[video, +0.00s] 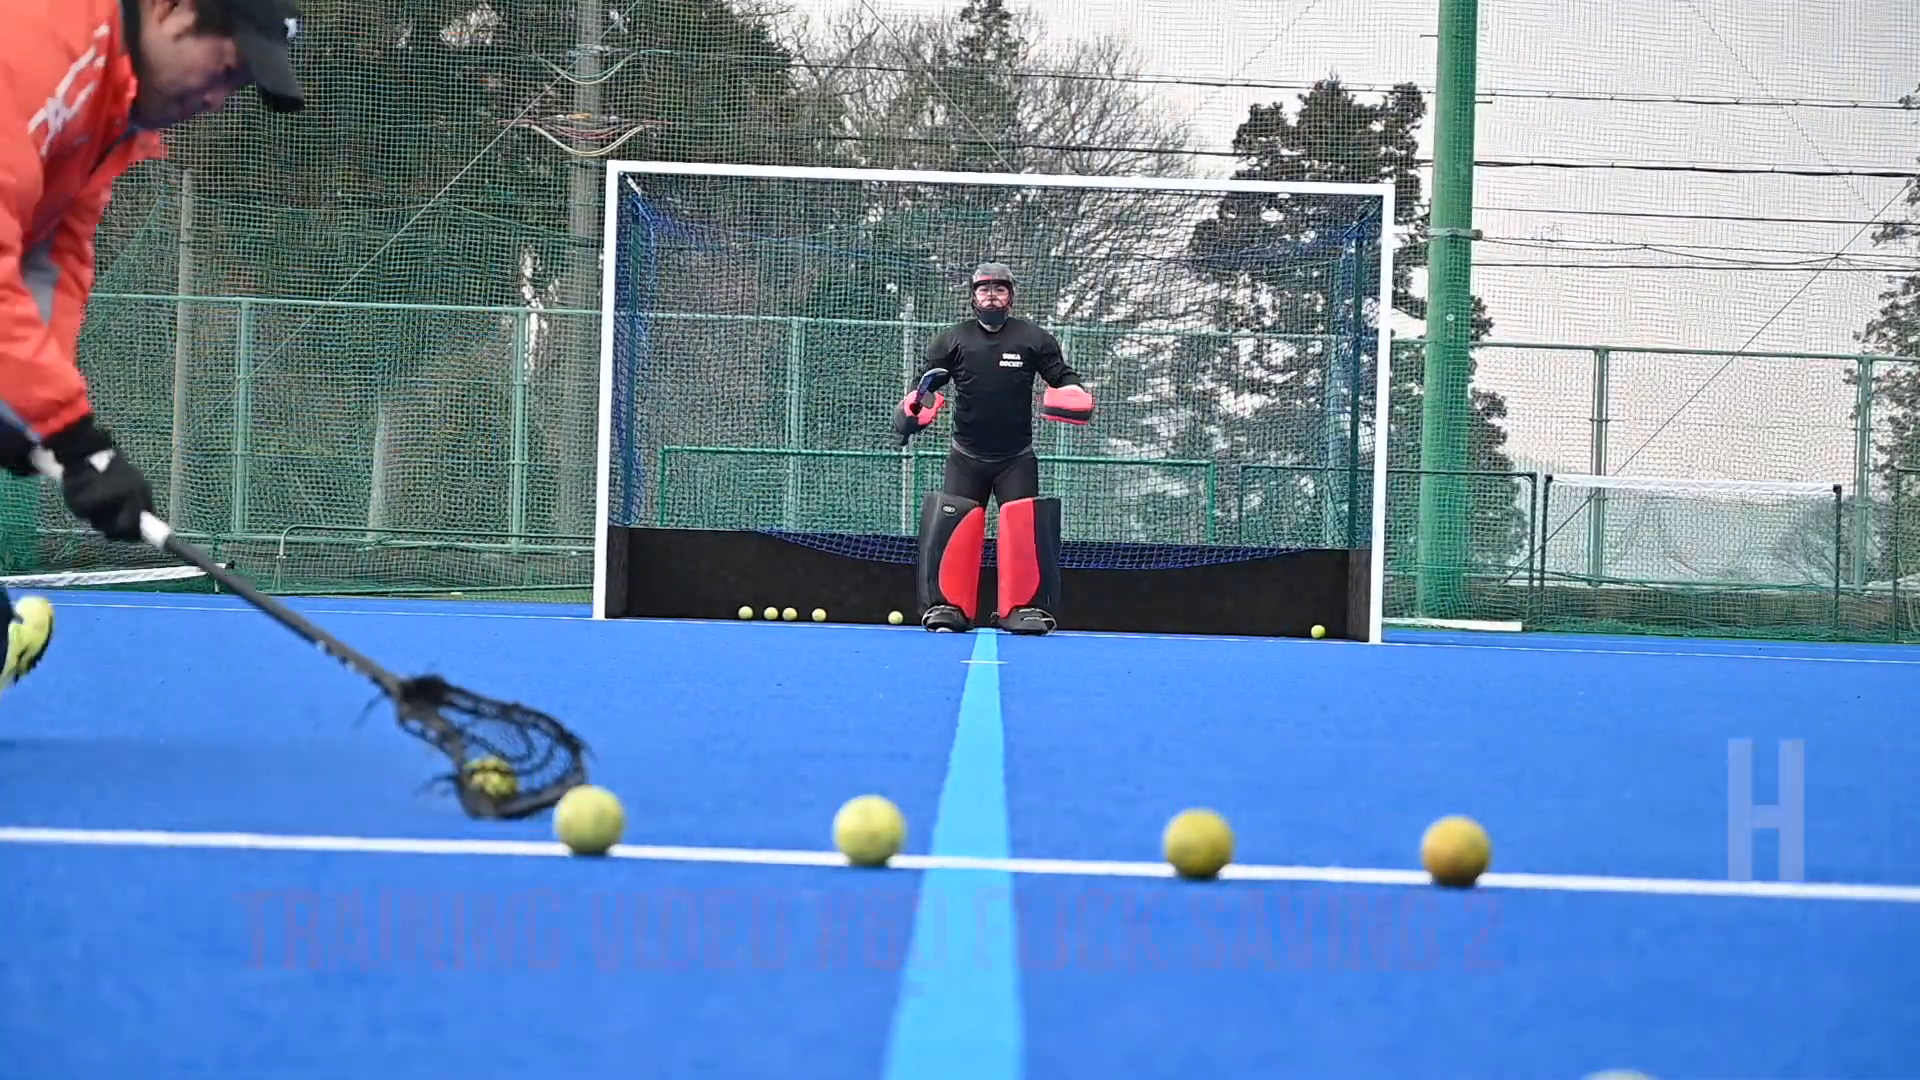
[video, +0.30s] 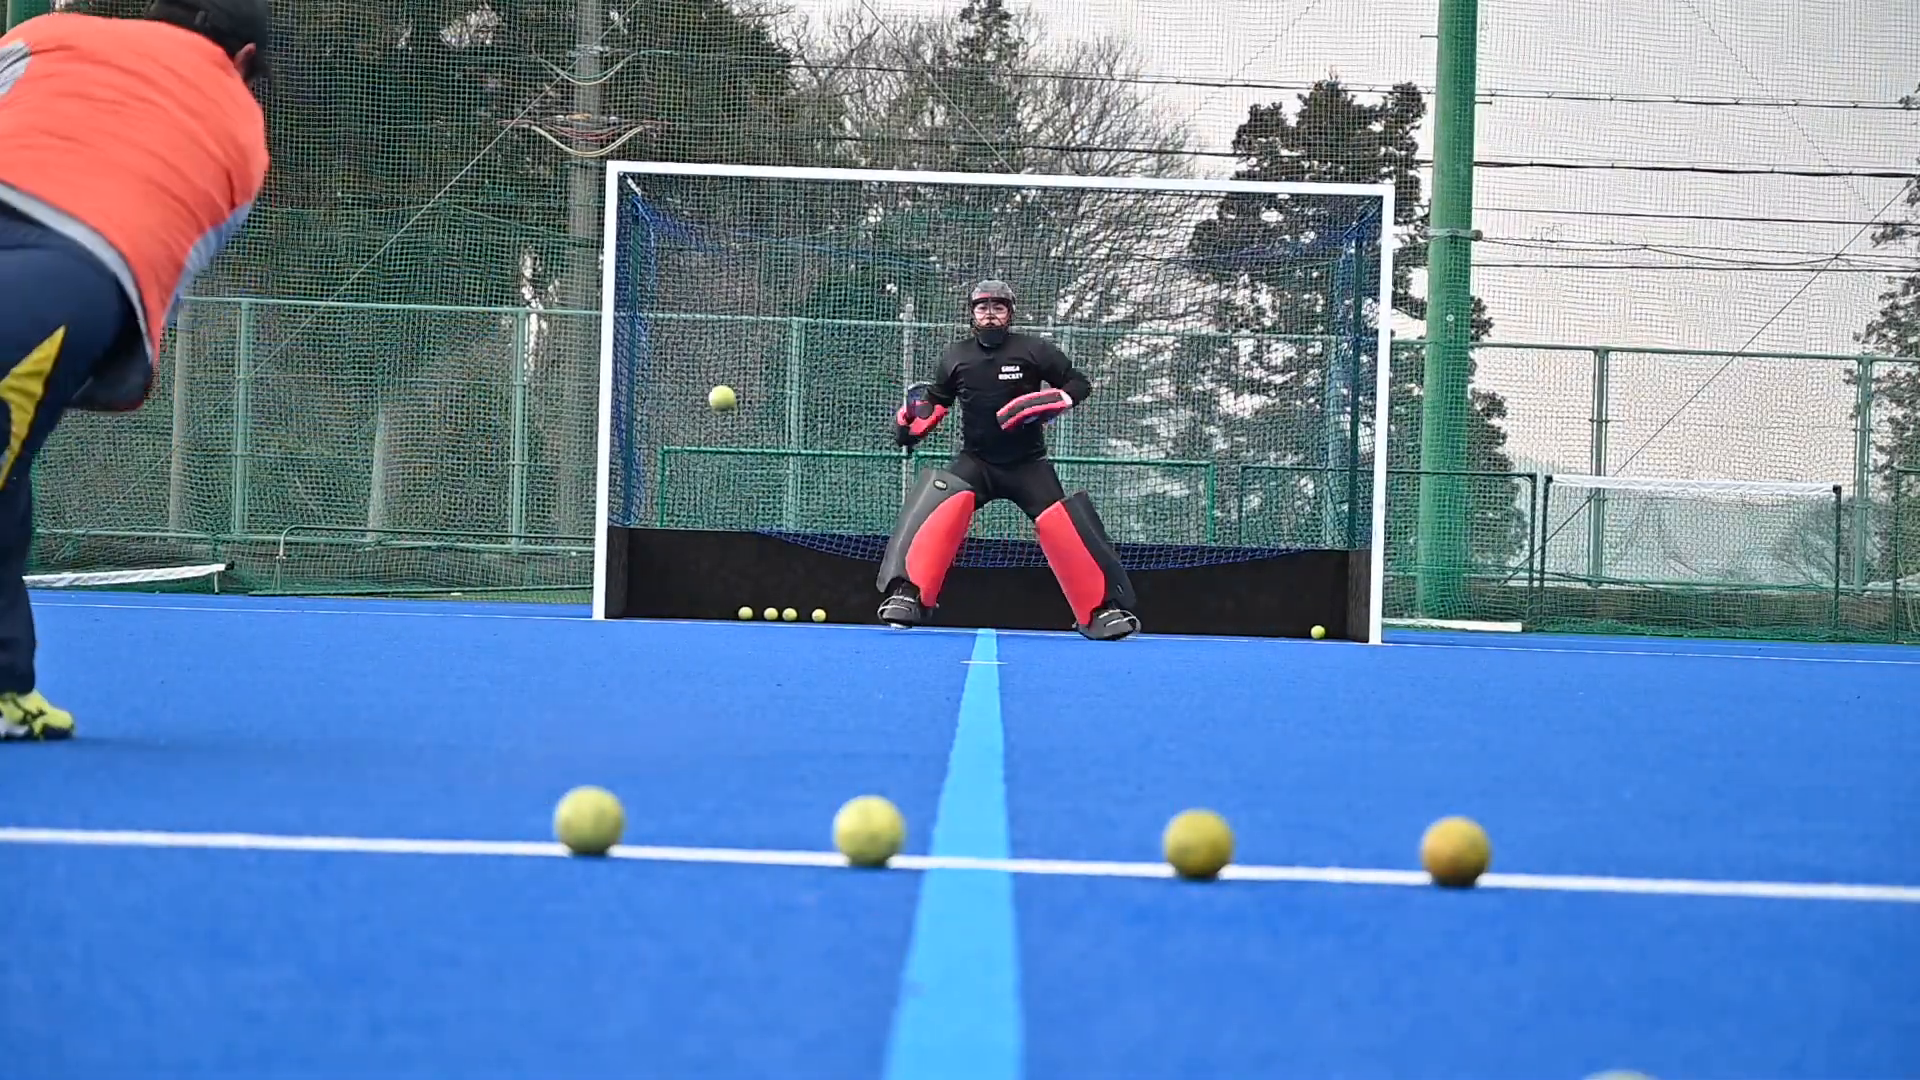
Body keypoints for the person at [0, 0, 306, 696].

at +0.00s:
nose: (220, 100)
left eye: (239, 85)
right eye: (228, 71)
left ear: (172, 12)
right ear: (175, 10)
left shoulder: (119, 95)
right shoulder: (40, 50)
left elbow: (64, 250)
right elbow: (1, 247)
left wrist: (27, 401)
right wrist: (77, 440)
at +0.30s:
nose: (260, 100)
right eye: (263, 84)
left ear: (152, 19)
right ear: (243, 62)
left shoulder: (50, 27)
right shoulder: (245, 129)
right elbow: (182, 262)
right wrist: (121, 369)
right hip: (74, 264)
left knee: (11, 465)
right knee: (10, 467)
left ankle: (9, 683)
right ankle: (7, 682)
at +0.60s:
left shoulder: (59, 3)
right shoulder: (286, 14)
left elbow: (21, 105)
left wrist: (44, 214)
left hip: (96, 117)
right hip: (254, 135)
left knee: (44, 417)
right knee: (323, 429)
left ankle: (17, 682)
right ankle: (384, 603)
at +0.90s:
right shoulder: (437, 9)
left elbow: (183, 64)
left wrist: (208, 200)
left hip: (282, 151)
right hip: (429, 168)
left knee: (150, 408)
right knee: (457, 442)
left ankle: (56, 655)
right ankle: (506, 679)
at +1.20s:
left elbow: (199, 14)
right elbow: (538, 46)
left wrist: (269, 101)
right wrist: (485, 157)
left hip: (269, 139)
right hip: (420, 153)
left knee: (239, 397)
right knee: (469, 427)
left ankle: (192, 619)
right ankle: (504, 679)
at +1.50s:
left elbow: (128, 14)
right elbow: (486, 15)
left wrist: (223, 78)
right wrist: (571, 142)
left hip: (178, 145)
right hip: (327, 144)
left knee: (211, 423)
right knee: (417, 420)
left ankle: (165, 684)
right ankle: (470, 677)